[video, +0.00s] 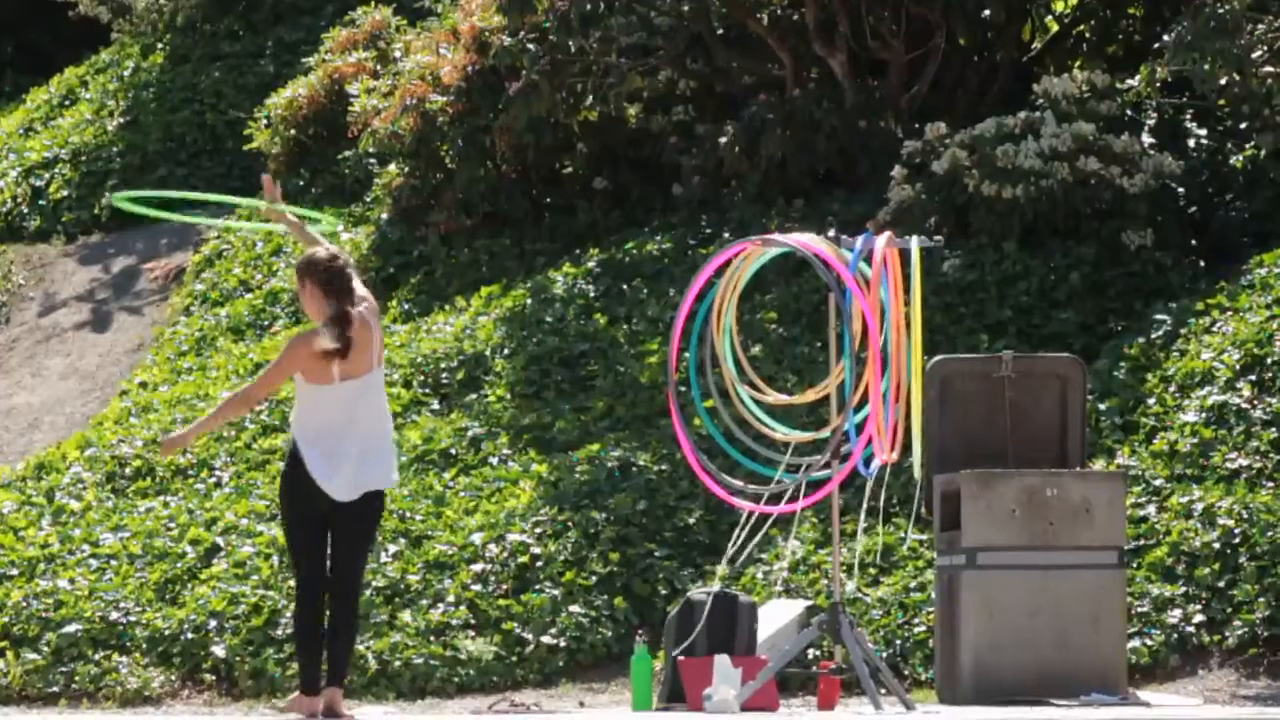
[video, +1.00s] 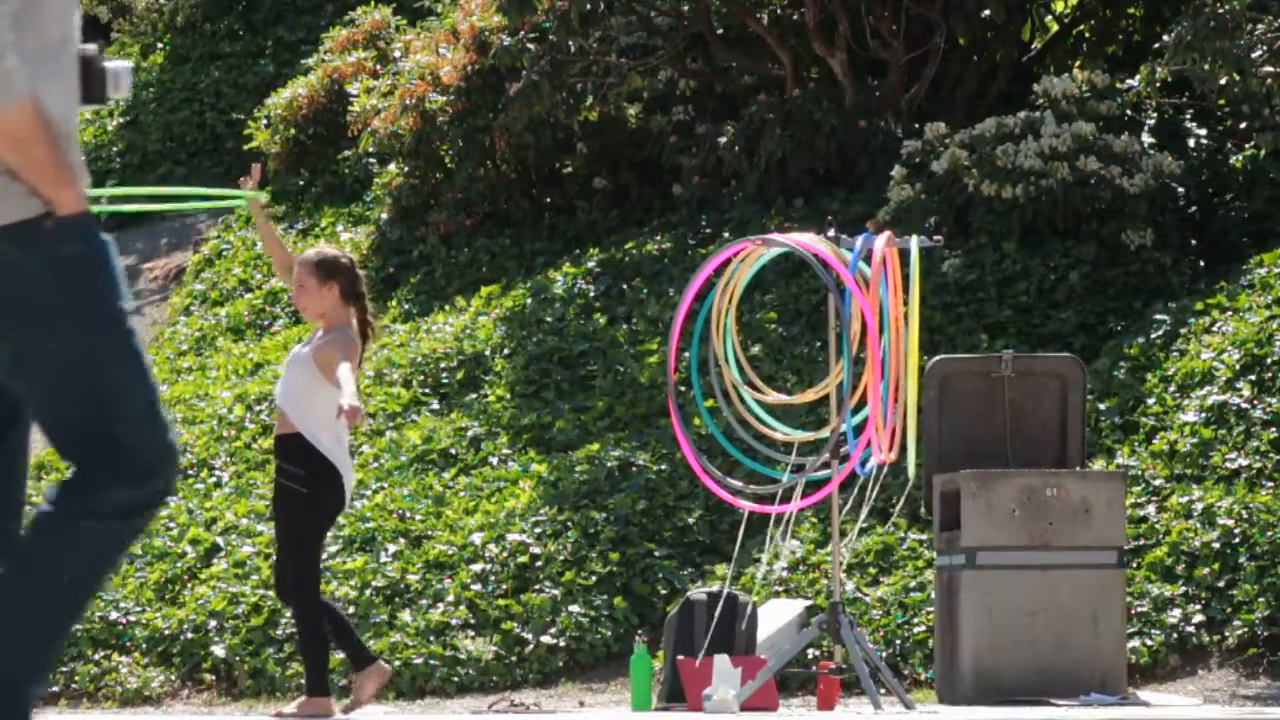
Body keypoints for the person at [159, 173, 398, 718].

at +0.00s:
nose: (299, 296)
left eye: (301, 288)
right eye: (300, 287)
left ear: (317, 290)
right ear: (341, 285)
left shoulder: (303, 345)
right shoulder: (370, 318)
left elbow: (250, 397)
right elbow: (330, 260)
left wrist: (191, 433)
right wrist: (280, 211)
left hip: (311, 467)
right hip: (368, 469)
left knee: (309, 582)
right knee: (347, 585)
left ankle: (309, 694)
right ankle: (334, 692)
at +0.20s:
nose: (300, 300)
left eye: (303, 291)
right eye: (300, 291)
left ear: (326, 291)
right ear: (342, 286)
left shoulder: (315, 344)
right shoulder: (367, 328)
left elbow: (246, 389)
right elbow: (333, 259)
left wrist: (181, 417)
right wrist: (295, 206)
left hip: (314, 470)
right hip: (368, 477)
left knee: (301, 580)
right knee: (343, 582)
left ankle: (310, 693)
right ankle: (335, 691)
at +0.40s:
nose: (297, 300)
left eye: (301, 291)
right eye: (297, 291)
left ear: (326, 288)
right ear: (338, 285)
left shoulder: (319, 344)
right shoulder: (365, 325)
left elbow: (267, 381)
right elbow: (328, 255)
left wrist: (225, 405)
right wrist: (302, 198)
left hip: (311, 471)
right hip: (361, 475)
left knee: (298, 577)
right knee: (338, 579)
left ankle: (317, 691)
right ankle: (333, 688)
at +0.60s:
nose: (294, 299)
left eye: (298, 290)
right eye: (293, 290)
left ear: (325, 288)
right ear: (332, 285)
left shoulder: (327, 342)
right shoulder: (357, 326)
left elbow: (293, 381)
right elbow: (313, 249)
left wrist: (282, 402)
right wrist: (296, 190)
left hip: (307, 464)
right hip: (353, 469)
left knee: (301, 577)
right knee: (331, 578)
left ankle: (316, 692)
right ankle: (340, 683)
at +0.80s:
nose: (294, 293)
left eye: (301, 286)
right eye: (296, 285)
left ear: (329, 290)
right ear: (332, 287)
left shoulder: (332, 337)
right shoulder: (341, 328)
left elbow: (324, 369)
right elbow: (300, 260)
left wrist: (323, 398)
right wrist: (280, 198)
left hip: (302, 472)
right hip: (333, 476)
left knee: (301, 584)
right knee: (316, 582)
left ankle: (317, 696)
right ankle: (364, 663)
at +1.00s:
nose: (294, 290)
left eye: (302, 283)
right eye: (294, 282)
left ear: (331, 289)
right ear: (326, 288)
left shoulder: (336, 341)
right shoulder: (323, 330)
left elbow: (345, 373)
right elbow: (288, 265)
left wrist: (349, 398)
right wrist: (256, 208)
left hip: (312, 471)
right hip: (303, 469)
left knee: (297, 584)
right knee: (293, 582)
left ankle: (317, 695)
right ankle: (365, 665)